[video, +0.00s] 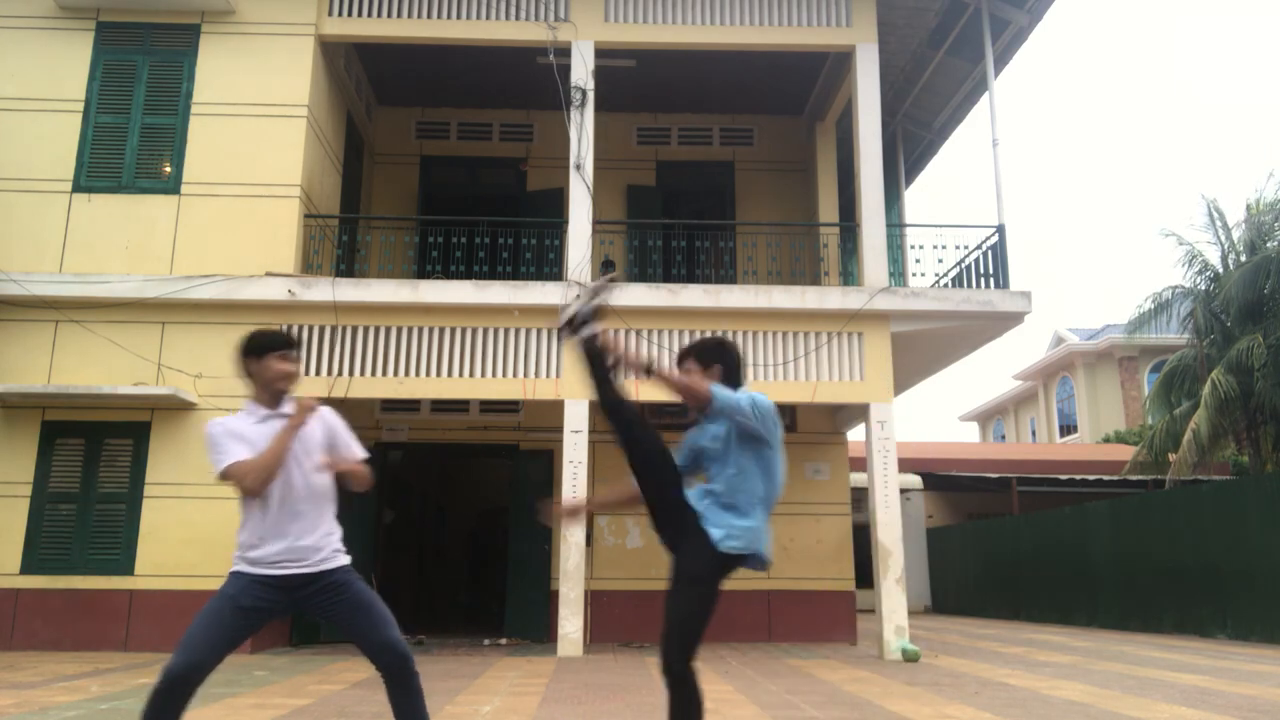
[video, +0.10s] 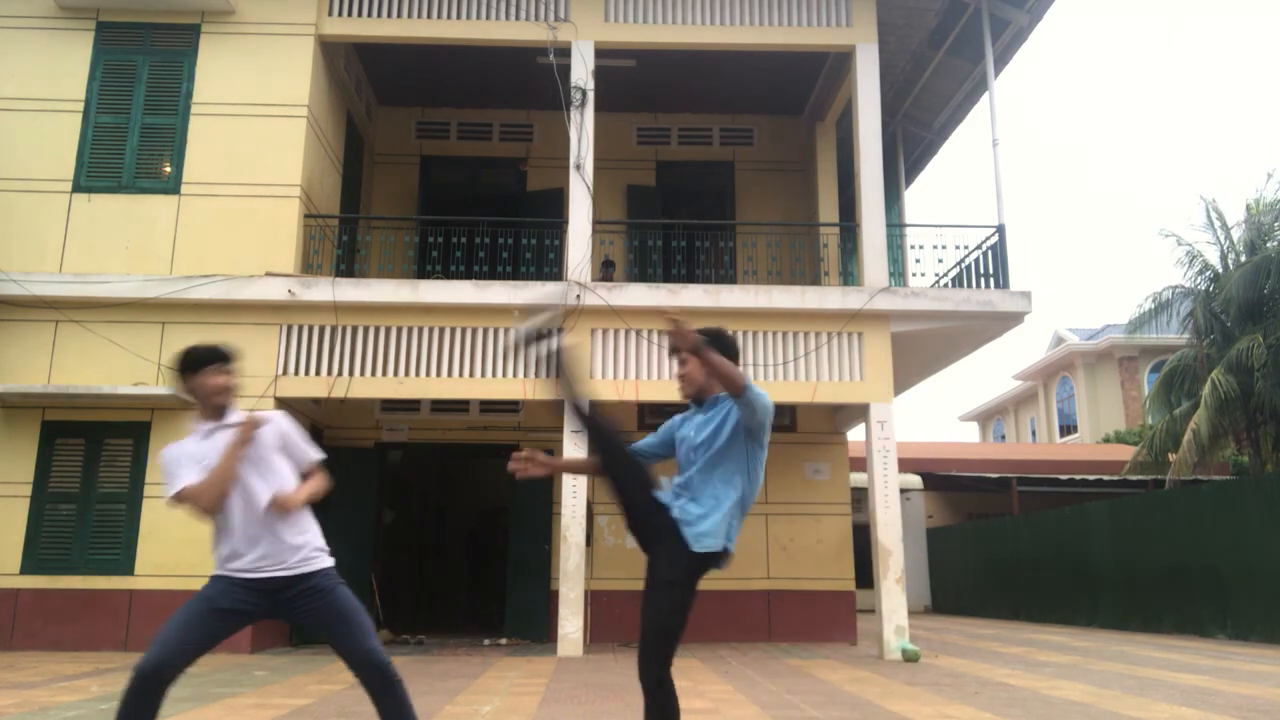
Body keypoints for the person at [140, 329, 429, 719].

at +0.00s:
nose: (290, 366)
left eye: (294, 358)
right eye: (279, 358)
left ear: (299, 366)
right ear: (251, 366)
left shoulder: (322, 418)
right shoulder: (225, 429)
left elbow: (365, 481)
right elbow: (251, 482)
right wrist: (295, 423)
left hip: (328, 573)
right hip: (256, 577)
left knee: (397, 656)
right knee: (182, 671)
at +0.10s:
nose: (224, 380)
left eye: (227, 371)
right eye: (212, 372)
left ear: (235, 377)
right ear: (188, 385)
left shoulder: (274, 423)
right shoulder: (178, 453)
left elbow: (320, 476)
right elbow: (207, 501)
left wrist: (298, 495)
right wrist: (240, 442)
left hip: (309, 576)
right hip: (238, 582)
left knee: (373, 662)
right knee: (151, 670)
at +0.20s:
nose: (173, 406)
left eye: (176, 398)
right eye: (159, 400)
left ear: (186, 404)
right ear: (134, 416)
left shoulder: (228, 436)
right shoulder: (141, 492)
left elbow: (289, 479)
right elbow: (177, 544)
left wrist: (282, 519)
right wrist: (188, 476)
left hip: (295, 578)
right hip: (225, 590)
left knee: (361, 668)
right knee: (132, 667)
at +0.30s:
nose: (143, 424)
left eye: (146, 415)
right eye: (127, 418)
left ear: (153, 422)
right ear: (101, 435)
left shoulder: (195, 448)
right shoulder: (119, 513)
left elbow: (265, 485)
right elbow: (161, 568)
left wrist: (266, 536)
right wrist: (161, 495)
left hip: (276, 584)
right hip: (209, 599)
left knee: (339, 678)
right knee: (110, 669)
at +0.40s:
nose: (125, 416)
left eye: (127, 407)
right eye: (110, 409)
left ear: (134, 413)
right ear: (81, 426)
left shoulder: (179, 444)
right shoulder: (93, 504)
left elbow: (238, 491)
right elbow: (137, 563)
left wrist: (252, 548)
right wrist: (141, 489)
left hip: (251, 586)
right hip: (180, 599)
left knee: (313, 681)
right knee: (89, 673)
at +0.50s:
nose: (124, 400)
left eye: (126, 391)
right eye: (109, 392)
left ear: (134, 396)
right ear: (78, 406)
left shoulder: (175, 434)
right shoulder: (80, 486)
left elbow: (227, 487)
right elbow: (120, 549)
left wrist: (238, 551)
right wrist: (137, 475)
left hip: (234, 579)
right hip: (165, 592)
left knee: (290, 673)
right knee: (84, 676)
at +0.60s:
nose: (126, 391)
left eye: (129, 383)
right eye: (112, 383)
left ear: (135, 388)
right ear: (80, 396)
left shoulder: (174, 428)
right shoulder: (75, 476)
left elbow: (225, 484)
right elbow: (113, 541)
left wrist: (230, 549)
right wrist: (134, 469)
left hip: (228, 576)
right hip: (160, 588)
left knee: (281, 669)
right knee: (88, 678)